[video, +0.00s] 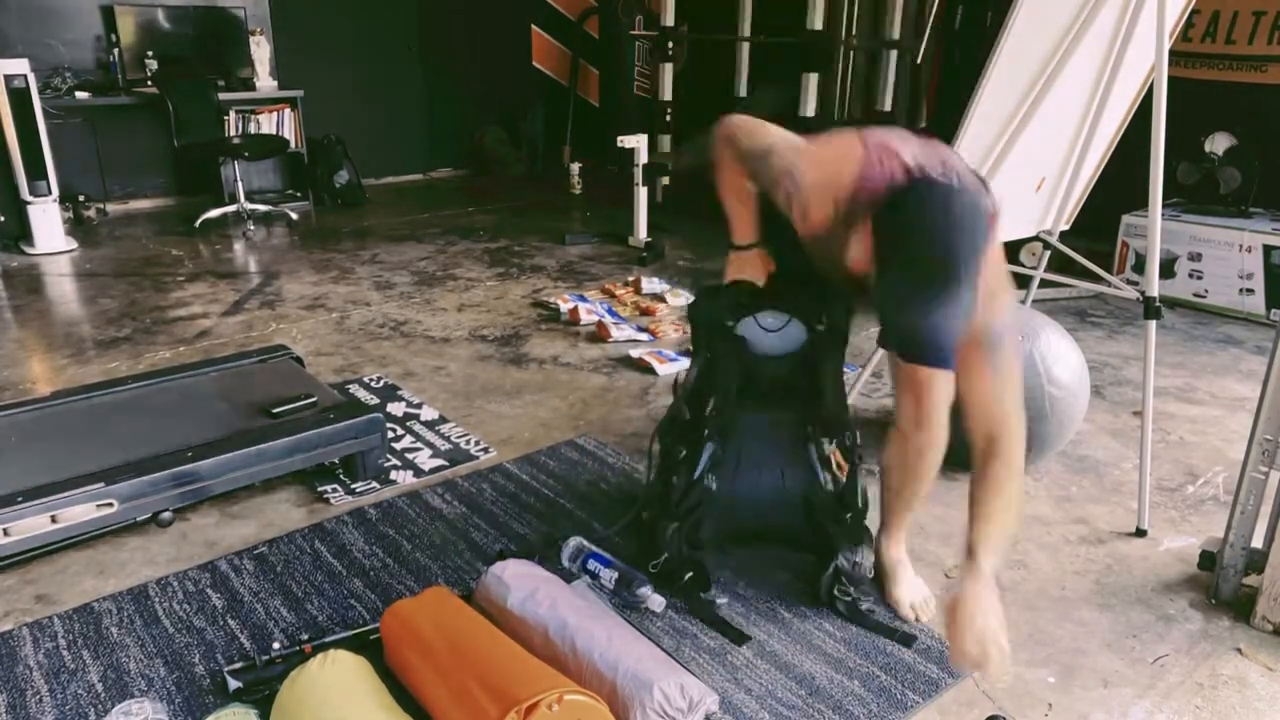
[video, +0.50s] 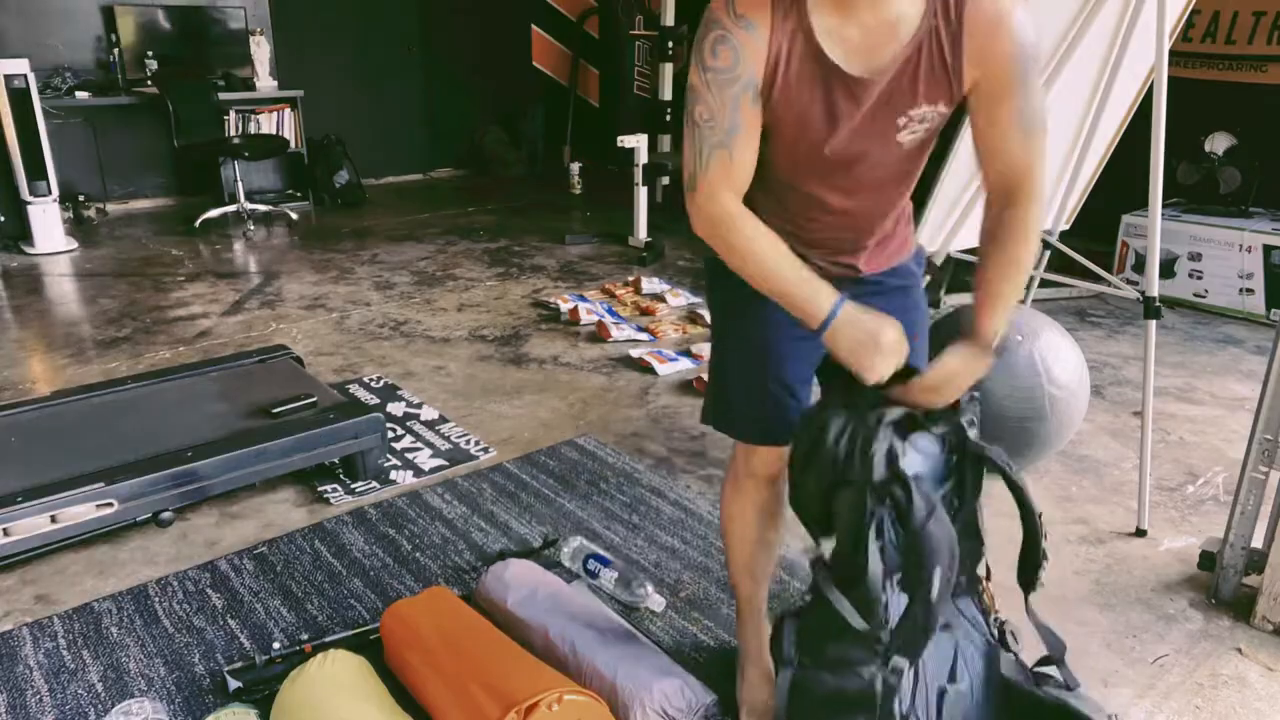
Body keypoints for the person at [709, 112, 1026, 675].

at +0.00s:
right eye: (894, 279)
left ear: (961, 265)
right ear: (873, 235)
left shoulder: (982, 274)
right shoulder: (811, 189)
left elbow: (1002, 435)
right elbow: (730, 134)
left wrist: (980, 572)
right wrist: (745, 246)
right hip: (817, 256)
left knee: (923, 406)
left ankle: (893, 544)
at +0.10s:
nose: (771, 88)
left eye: (784, 74)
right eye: (755, 77)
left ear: (821, 24)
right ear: (730, 28)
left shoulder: (871, 69)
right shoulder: (724, 36)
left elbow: (863, 238)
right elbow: (691, 127)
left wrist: (771, 267)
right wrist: (725, 205)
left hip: (870, 217)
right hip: (768, 207)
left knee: (883, 374)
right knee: (733, 351)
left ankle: (892, 545)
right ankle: (712, 503)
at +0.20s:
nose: (851, 190)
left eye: (875, 173)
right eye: (835, 170)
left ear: (934, 103)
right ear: (810, 99)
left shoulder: (987, 114)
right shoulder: (757, 134)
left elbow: (1046, 190)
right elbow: (683, 293)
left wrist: (988, 297)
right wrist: (792, 397)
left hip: (906, 262)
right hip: (785, 277)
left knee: (960, 439)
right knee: (768, 467)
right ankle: (761, 664)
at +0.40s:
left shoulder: (1039, 8)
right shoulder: (796, 12)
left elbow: (1045, 148)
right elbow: (769, 213)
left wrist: (1028, 298)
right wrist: (853, 358)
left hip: (946, 276)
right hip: (826, 282)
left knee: (935, 470)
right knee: (816, 481)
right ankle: (802, 658)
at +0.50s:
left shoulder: (977, 20)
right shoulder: (746, 18)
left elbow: (1014, 190)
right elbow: (712, 202)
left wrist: (980, 343)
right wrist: (832, 314)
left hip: (889, 262)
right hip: (767, 257)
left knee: (902, 454)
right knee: (762, 463)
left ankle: (887, 646)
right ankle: (754, 651)